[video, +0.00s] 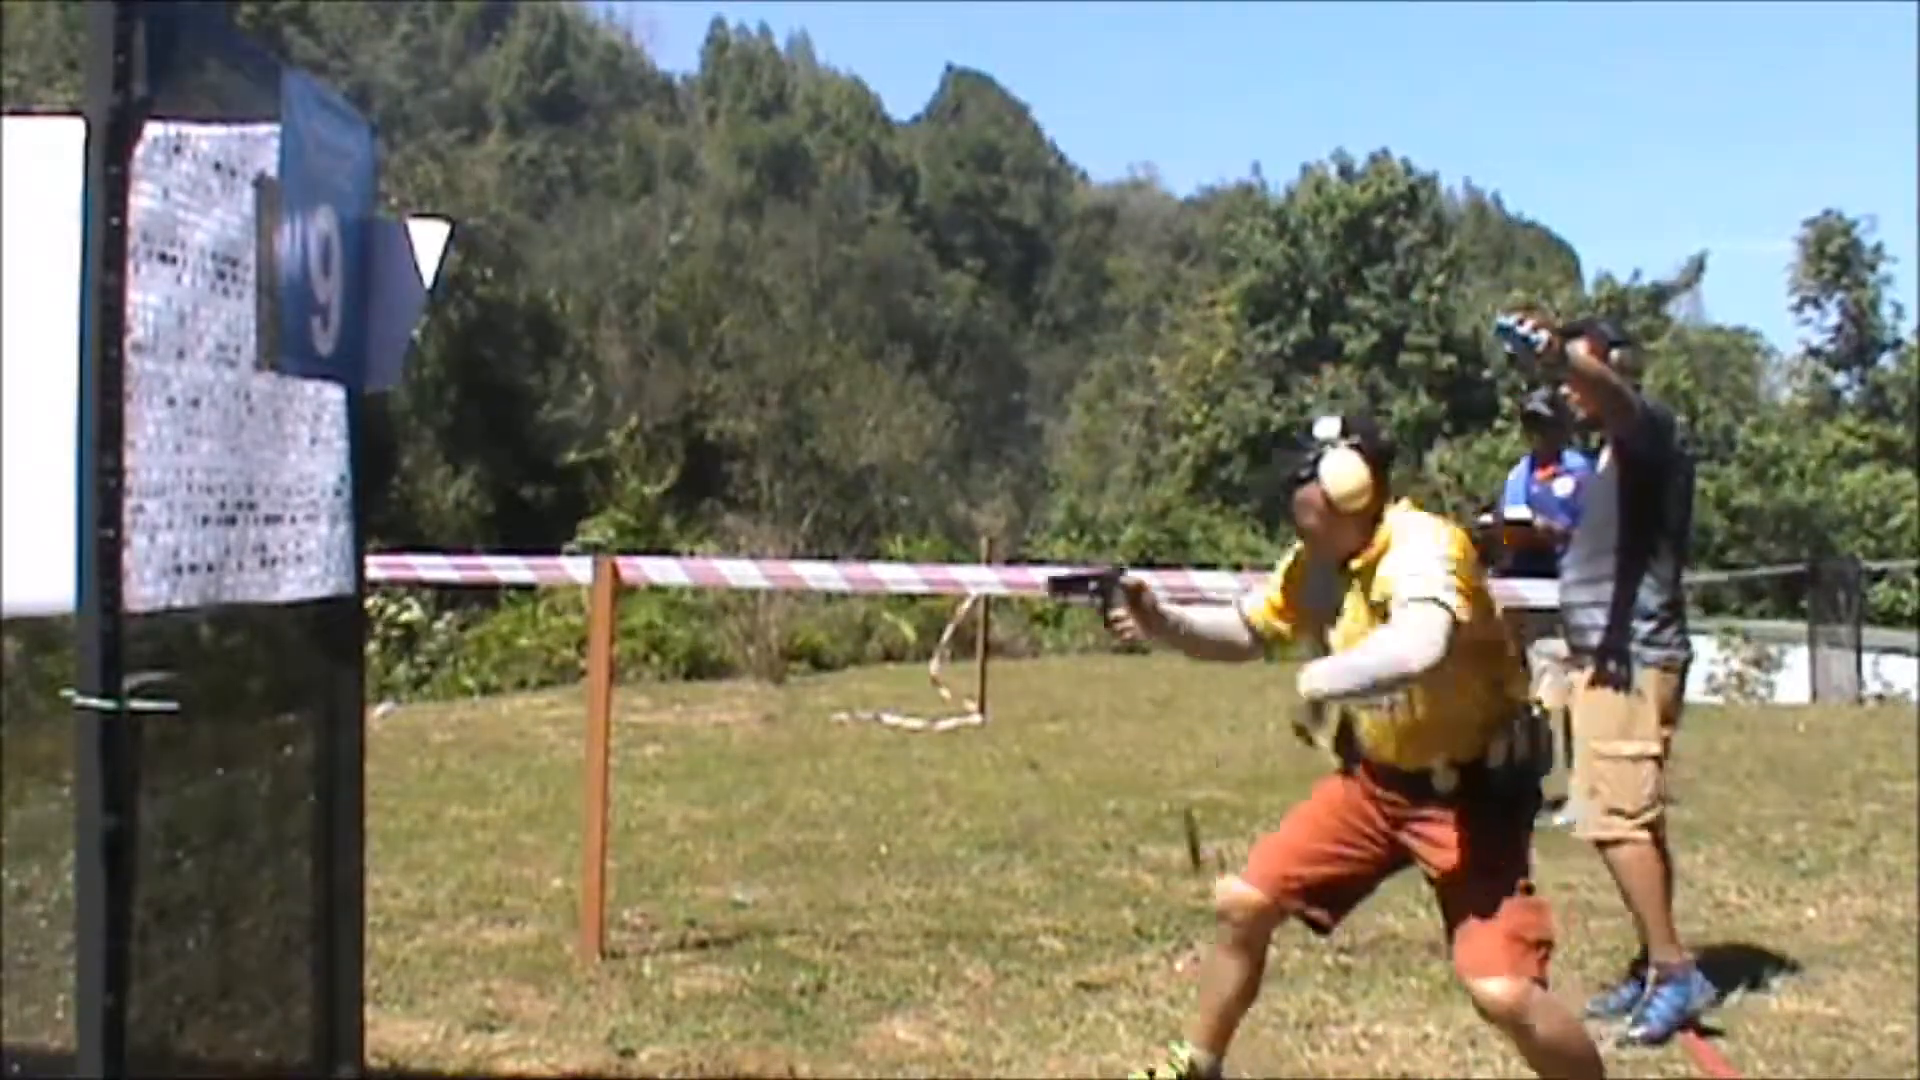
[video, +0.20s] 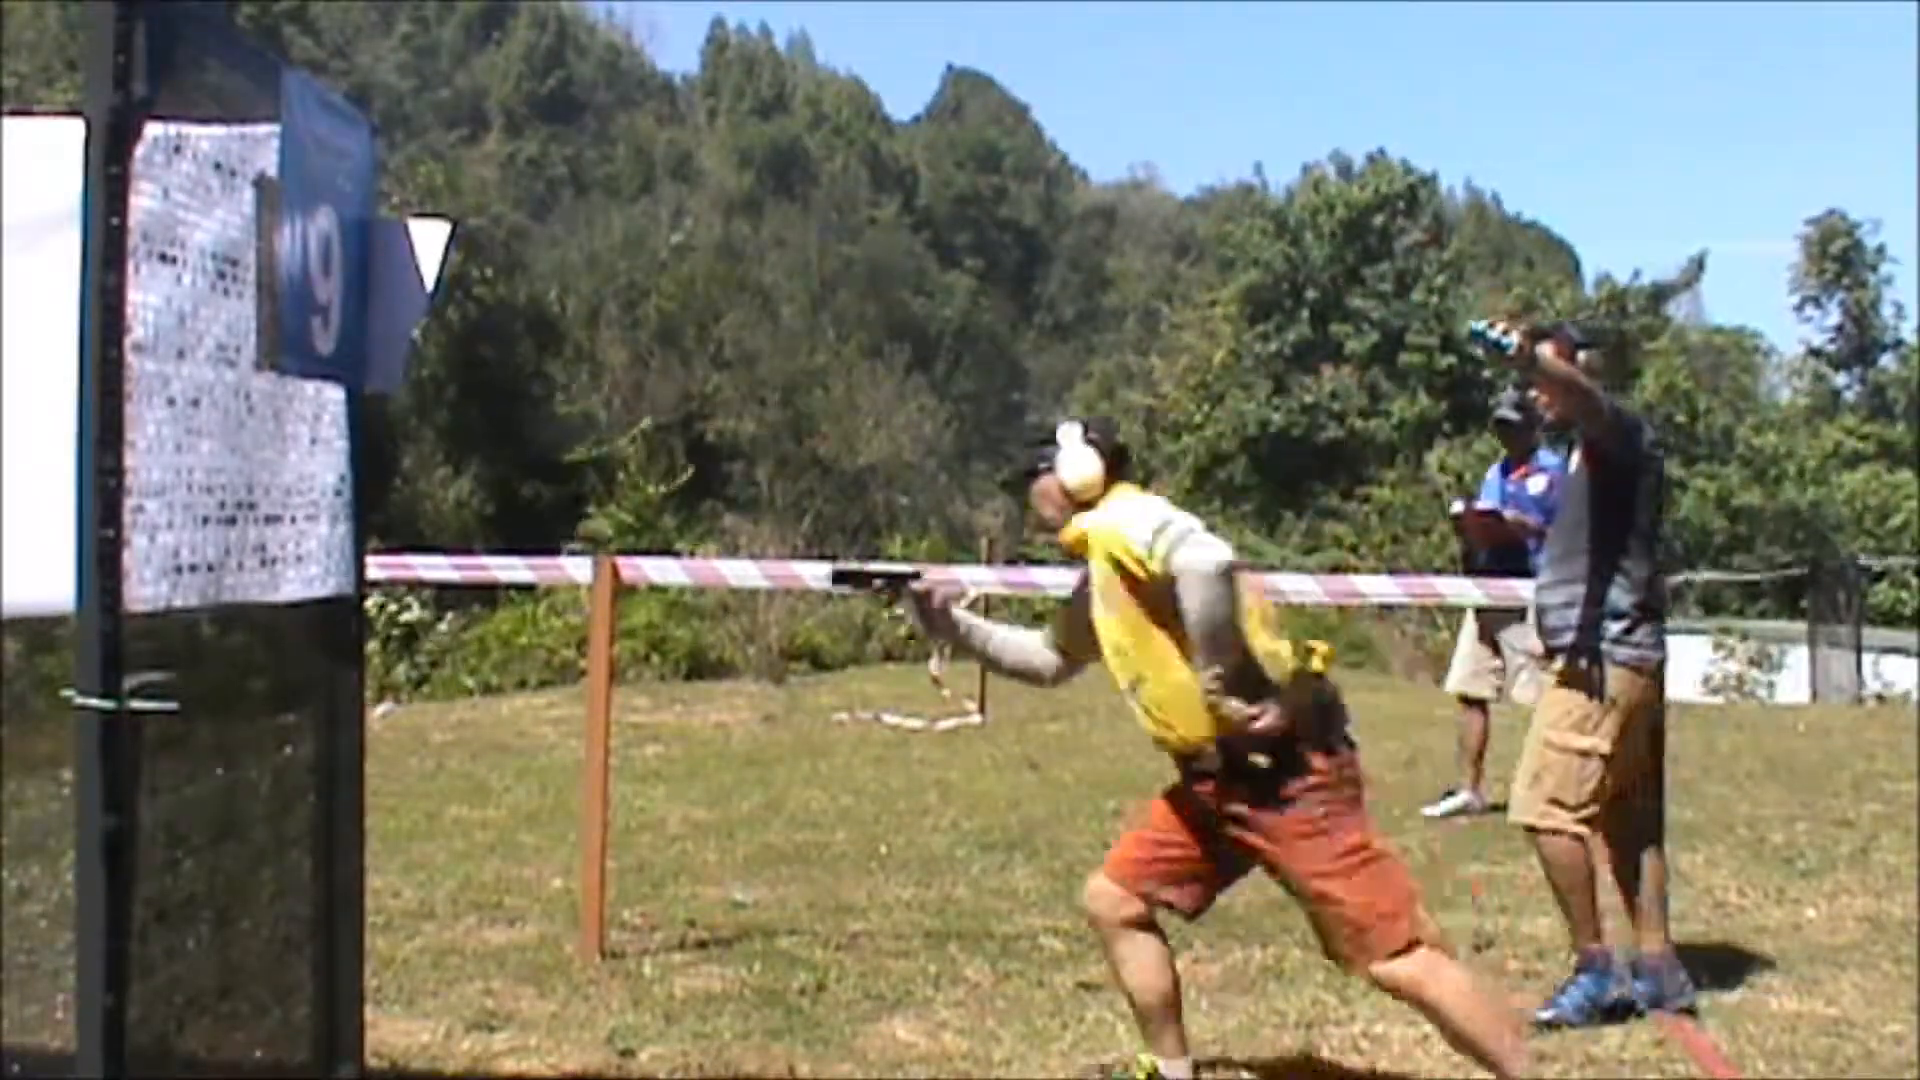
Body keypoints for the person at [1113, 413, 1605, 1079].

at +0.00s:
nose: (1296, 509)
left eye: (1304, 495)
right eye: (1297, 495)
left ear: (1343, 502)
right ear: (1322, 507)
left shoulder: (1426, 544)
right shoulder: (1315, 564)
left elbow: (1422, 644)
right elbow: (1244, 633)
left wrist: (1314, 680)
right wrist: (1162, 620)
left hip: (1473, 796)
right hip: (1374, 785)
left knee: (1501, 990)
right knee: (1244, 904)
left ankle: (1590, 1072)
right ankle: (1201, 1064)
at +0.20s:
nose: (1035, 484)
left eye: (1046, 470)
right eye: (1037, 472)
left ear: (1081, 475)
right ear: (1082, 480)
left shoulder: (1119, 515)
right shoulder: (1097, 562)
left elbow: (1203, 560)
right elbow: (1053, 659)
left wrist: (1222, 683)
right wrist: (952, 623)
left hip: (1285, 761)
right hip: (1213, 779)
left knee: (1393, 954)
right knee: (1116, 901)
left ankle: (1529, 1070)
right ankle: (1173, 1067)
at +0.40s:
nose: (793, 475)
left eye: (800, 460)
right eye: (793, 464)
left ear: (832, 464)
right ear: (824, 482)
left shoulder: (878, 483)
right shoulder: (855, 575)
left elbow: (957, 470)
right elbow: (792, 646)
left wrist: (897, 569)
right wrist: (693, 602)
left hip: (1033, 703)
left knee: (899, 894)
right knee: (1033, 917)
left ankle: (1065, 1007)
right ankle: (1143, 1050)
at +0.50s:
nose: (684, 435)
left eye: (693, 420)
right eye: (684, 423)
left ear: (728, 418)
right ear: (731, 423)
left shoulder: (771, 451)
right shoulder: (749, 502)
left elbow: (838, 497)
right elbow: (697, 615)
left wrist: (738, 585)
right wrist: (598, 573)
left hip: (902, 686)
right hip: (917, 689)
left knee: (756, 859)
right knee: (993, 884)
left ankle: (794, 1049)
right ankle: (1126, 1034)